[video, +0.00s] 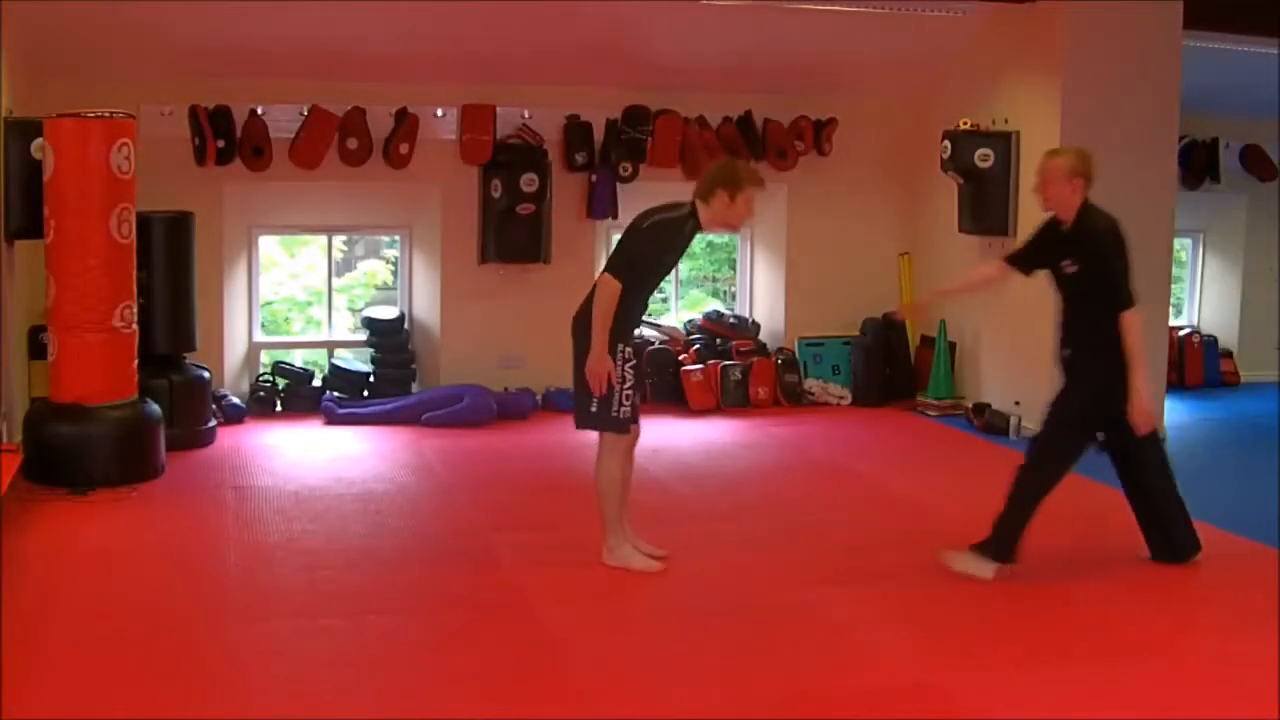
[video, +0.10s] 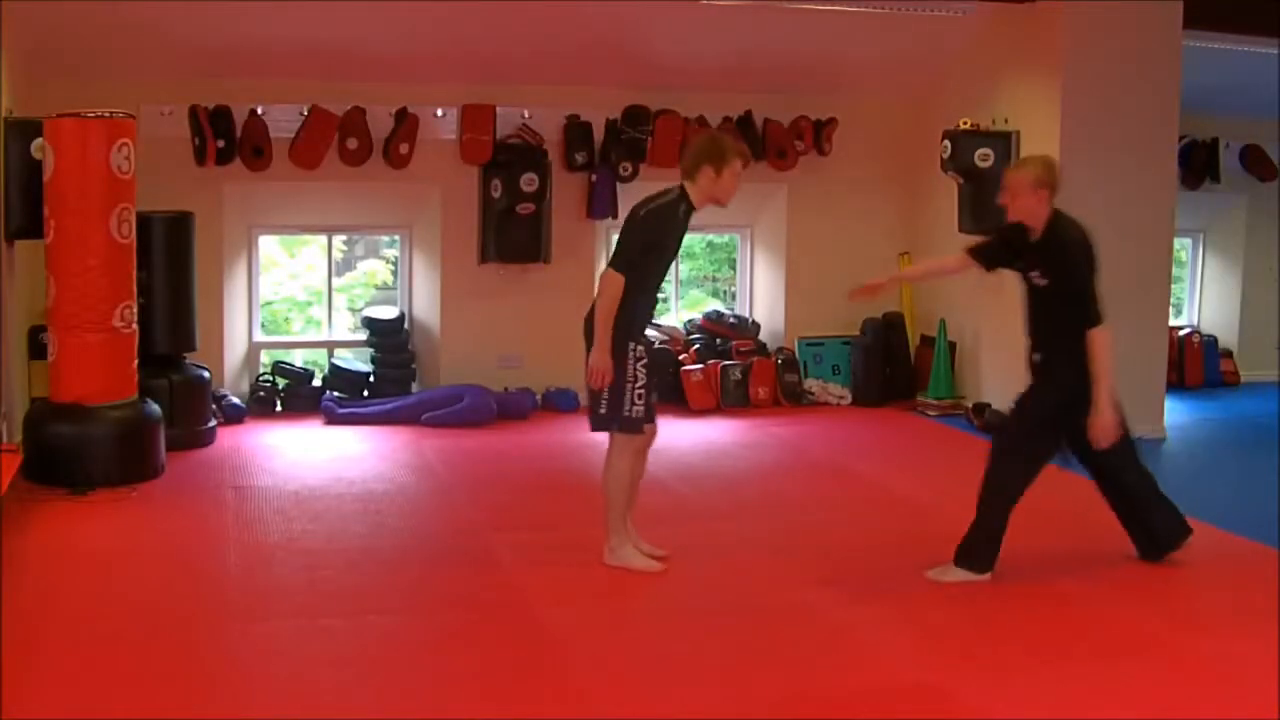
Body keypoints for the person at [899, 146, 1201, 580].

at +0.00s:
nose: (1038, 189)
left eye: (1046, 181)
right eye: (1039, 181)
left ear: (1076, 185)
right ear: (1063, 186)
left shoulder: (1102, 232)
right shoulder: (1054, 231)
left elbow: (1127, 314)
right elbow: (996, 271)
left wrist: (1140, 390)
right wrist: (931, 298)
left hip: (1101, 376)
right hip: (1094, 372)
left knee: (1043, 461)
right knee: (1140, 461)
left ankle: (995, 550)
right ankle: (1178, 545)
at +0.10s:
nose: (1001, 200)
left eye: (1011, 191)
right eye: (1003, 191)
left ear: (1041, 196)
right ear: (1027, 197)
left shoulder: (1069, 240)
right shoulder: (1017, 237)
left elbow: (1094, 324)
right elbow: (959, 262)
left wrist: (1103, 402)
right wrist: (892, 278)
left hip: (1069, 380)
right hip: (1059, 376)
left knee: (1010, 457)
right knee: (1107, 454)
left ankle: (975, 560)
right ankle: (1163, 532)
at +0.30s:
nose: (947, 204)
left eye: (955, 194)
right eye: (948, 194)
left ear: (983, 196)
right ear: (970, 197)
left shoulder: (1020, 232)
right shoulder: (963, 225)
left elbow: (1043, 319)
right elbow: (904, 248)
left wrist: (1036, 396)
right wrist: (837, 273)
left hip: (1037, 347)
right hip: (1018, 343)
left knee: (1000, 441)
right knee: (1061, 433)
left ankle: (977, 558)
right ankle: (1100, 525)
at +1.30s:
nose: (980, 178)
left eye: (989, 170)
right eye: (983, 170)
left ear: (1015, 177)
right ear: (1011, 179)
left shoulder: (1040, 227)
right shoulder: (1011, 222)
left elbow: (1021, 318)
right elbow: (948, 251)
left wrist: (981, 384)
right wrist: (879, 264)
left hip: (1063, 353)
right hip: (1079, 346)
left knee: (1017, 453)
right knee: (1104, 446)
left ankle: (983, 561)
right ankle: (1144, 538)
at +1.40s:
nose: (1013, 189)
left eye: (1019, 180)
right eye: (1014, 181)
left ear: (1043, 182)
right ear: (1044, 184)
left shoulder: (1069, 229)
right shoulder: (1050, 226)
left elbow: (1053, 305)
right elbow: (995, 249)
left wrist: (1024, 367)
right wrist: (935, 263)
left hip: (1083, 356)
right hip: (1098, 352)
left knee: (1031, 458)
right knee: (1107, 455)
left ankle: (985, 560)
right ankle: (1146, 543)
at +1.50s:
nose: (1031, 197)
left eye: (1037, 188)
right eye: (1032, 189)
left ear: (1065, 189)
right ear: (1064, 191)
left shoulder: (1094, 232)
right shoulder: (1078, 231)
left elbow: (1099, 299)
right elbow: (1043, 258)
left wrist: (1093, 351)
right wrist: (1006, 272)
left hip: (1108, 355)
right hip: (1115, 352)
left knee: (1058, 455)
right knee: (1114, 454)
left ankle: (1000, 554)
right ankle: (1146, 543)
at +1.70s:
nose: (1050, 187)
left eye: (1055, 178)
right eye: (1050, 179)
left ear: (1082, 176)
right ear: (1082, 177)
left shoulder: (1122, 215)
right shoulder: (1104, 218)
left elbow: (1171, 280)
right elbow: (1135, 286)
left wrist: (1205, 345)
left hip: (1141, 351)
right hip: (1135, 347)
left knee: (1101, 440)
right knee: (1140, 442)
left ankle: (1084, 547)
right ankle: (1149, 541)